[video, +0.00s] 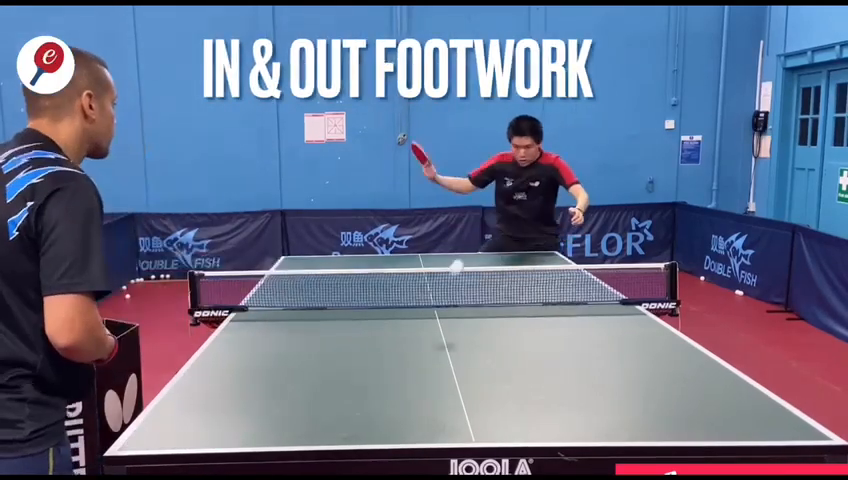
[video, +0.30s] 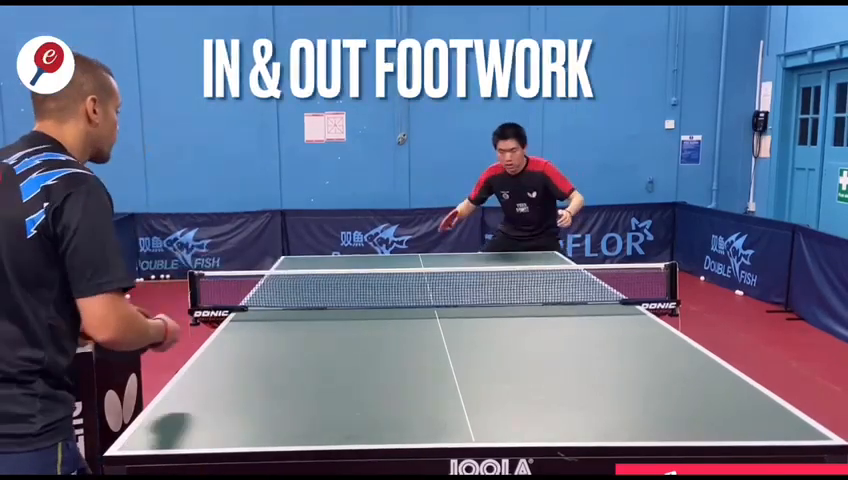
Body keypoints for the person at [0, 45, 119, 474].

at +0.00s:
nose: (115, 120)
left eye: (114, 107)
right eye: (112, 106)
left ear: (37, 105)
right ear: (87, 104)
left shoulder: (8, 162)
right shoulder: (65, 184)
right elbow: (68, 330)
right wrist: (105, 347)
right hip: (24, 436)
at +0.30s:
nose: (118, 127)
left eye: (119, 114)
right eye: (117, 113)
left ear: (43, 108)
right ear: (91, 109)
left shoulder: (8, 163)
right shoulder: (76, 186)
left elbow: (23, 301)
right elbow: (106, 326)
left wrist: (113, 314)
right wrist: (156, 331)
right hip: (28, 433)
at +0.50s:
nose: (137, 146)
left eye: (139, 133)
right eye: (137, 132)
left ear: (67, 123)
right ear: (114, 126)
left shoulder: (12, 174)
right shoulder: (99, 195)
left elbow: (26, 289)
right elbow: (157, 318)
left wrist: (102, 302)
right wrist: (209, 315)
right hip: (28, 429)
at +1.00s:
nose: (166, 198)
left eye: (171, 184)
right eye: (170, 182)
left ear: (106, 160)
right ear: (152, 170)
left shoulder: (35, 199)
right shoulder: (133, 227)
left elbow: (54, 299)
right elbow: (196, 343)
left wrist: (138, 315)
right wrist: (239, 337)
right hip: (23, 432)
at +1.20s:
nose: (173, 213)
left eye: (178, 199)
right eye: (178, 197)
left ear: (115, 176)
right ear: (162, 186)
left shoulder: (52, 211)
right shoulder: (128, 237)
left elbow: (94, 294)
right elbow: (183, 360)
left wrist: (178, 308)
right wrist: (231, 351)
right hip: (18, 425)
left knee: (89, 469)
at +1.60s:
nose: (141, 156)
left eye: (143, 143)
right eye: (142, 143)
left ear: (70, 136)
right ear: (125, 141)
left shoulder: (18, 187)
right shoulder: (92, 219)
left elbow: (54, 283)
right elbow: (135, 351)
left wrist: (147, 295)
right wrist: (194, 344)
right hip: (26, 442)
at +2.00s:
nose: (133, 158)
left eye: (136, 145)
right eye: (134, 143)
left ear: (60, 130)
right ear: (114, 135)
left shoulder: (10, 179)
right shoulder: (81, 205)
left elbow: (22, 310)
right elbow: (89, 353)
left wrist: (108, 327)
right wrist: (144, 373)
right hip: (14, 440)